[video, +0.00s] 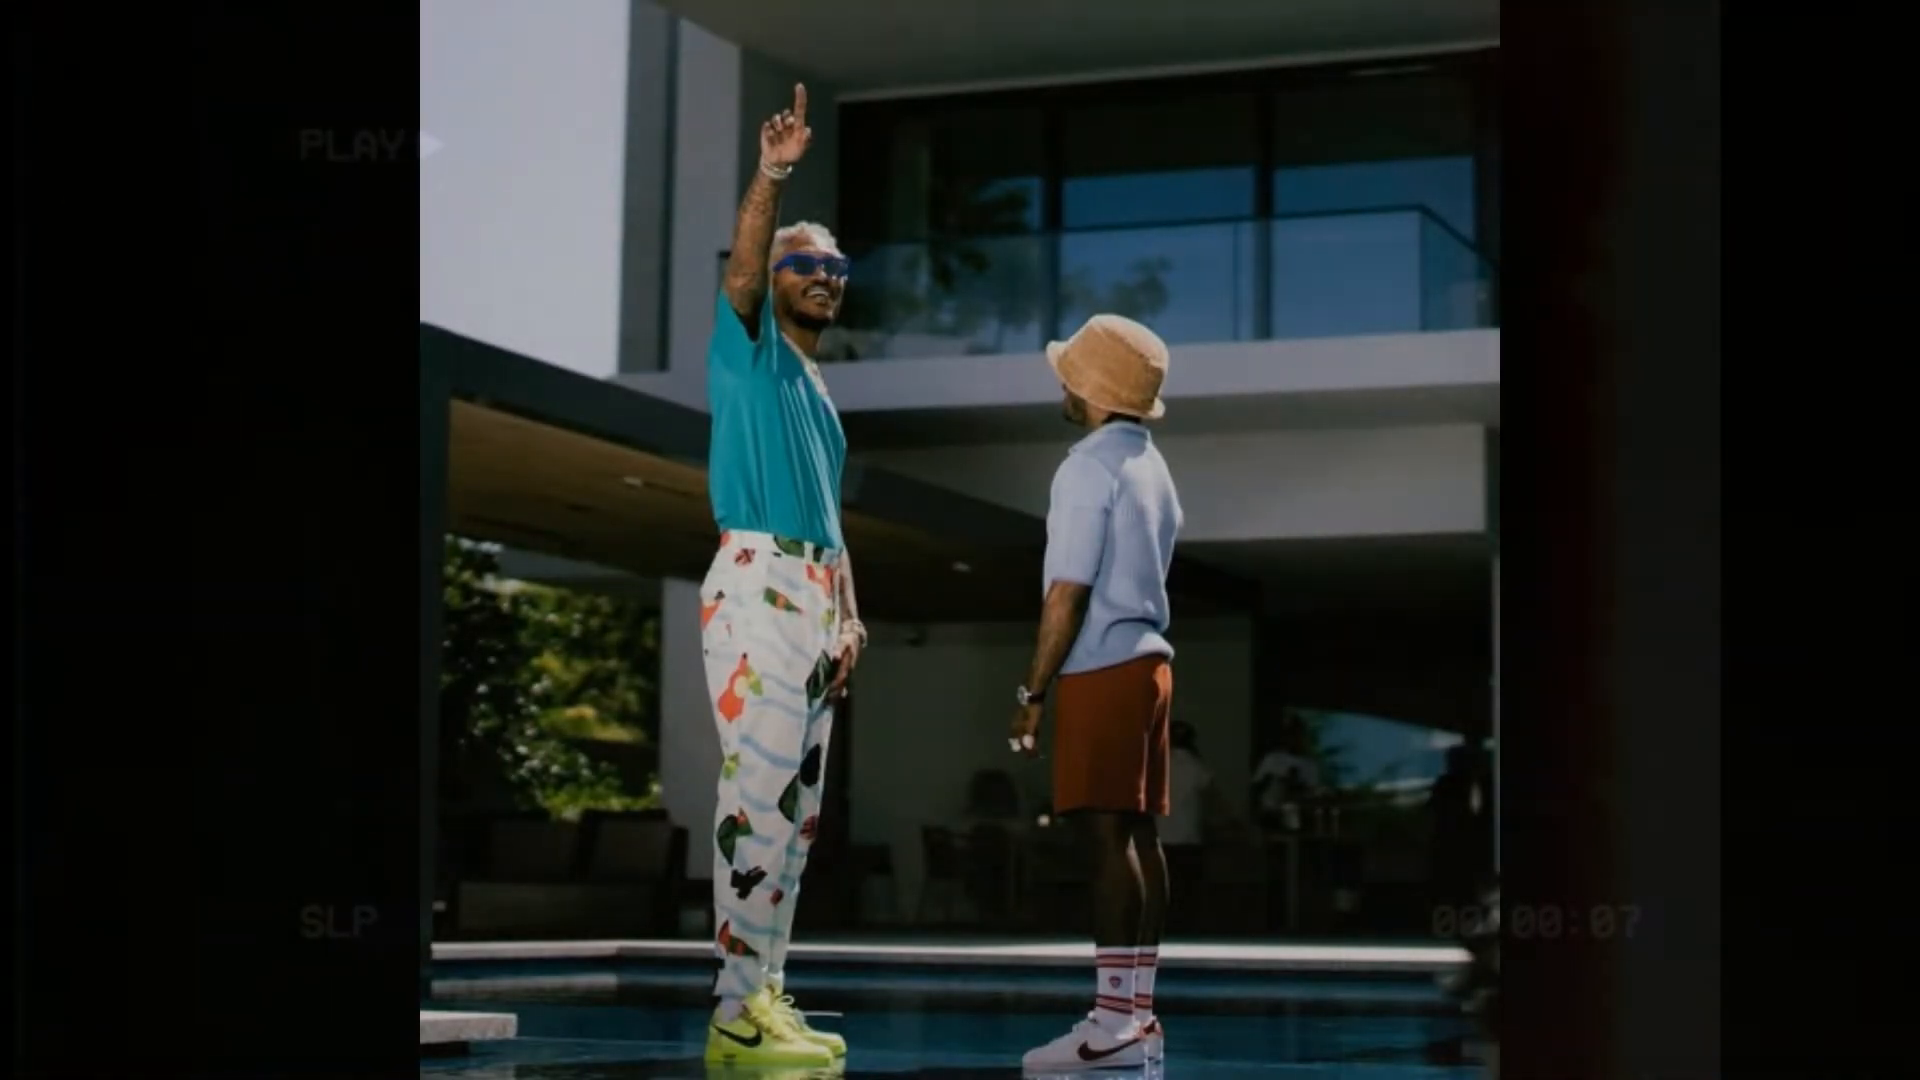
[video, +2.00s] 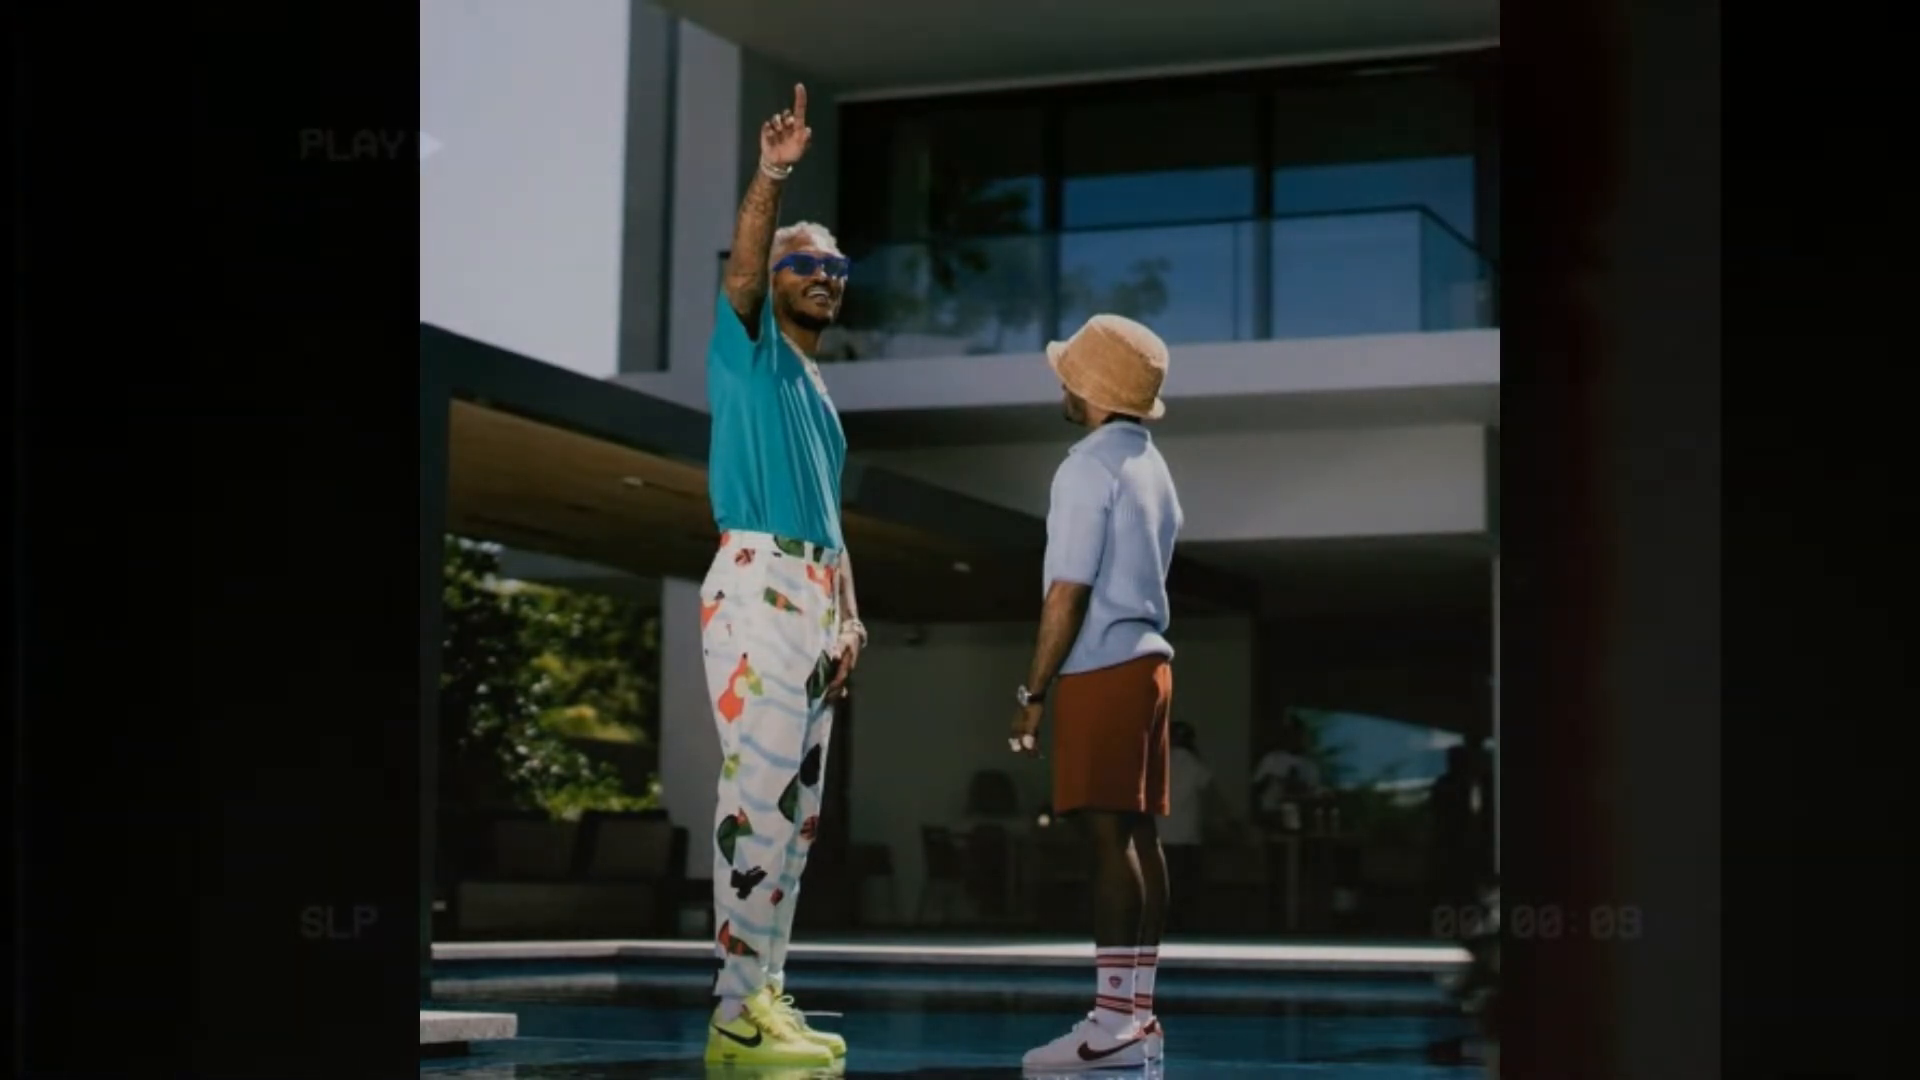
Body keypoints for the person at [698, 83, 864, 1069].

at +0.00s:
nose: (823, 283)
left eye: (834, 274)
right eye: (806, 268)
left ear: (841, 293)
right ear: (770, 278)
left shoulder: (818, 394)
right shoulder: (744, 343)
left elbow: (827, 519)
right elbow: (744, 267)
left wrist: (847, 611)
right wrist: (770, 173)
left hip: (813, 589)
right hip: (755, 581)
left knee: (794, 798)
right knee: (759, 791)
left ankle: (759, 1001)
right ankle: (745, 1005)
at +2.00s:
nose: (823, 282)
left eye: (834, 273)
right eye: (806, 268)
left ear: (842, 293)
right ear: (770, 278)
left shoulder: (819, 395)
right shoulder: (744, 344)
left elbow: (828, 520)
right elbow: (744, 266)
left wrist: (847, 612)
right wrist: (770, 173)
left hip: (814, 590)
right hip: (756, 582)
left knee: (794, 798)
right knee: (759, 791)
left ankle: (758, 1002)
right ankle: (746, 1004)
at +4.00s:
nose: (823, 283)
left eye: (834, 274)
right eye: (806, 268)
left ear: (841, 293)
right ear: (770, 278)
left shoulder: (818, 395)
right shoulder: (744, 343)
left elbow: (827, 520)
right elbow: (743, 269)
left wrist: (846, 613)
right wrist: (770, 174)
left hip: (814, 590)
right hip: (756, 582)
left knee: (794, 796)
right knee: (758, 789)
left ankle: (758, 1001)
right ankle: (748, 1001)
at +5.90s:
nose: (822, 281)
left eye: (833, 272)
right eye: (805, 267)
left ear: (841, 292)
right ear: (769, 278)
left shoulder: (817, 392)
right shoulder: (744, 343)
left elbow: (827, 519)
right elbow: (744, 268)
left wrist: (847, 612)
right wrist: (770, 173)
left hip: (814, 589)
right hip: (756, 581)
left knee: (794, 797)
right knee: (759, 790)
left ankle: (757, 1002)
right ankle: (747, 1003)